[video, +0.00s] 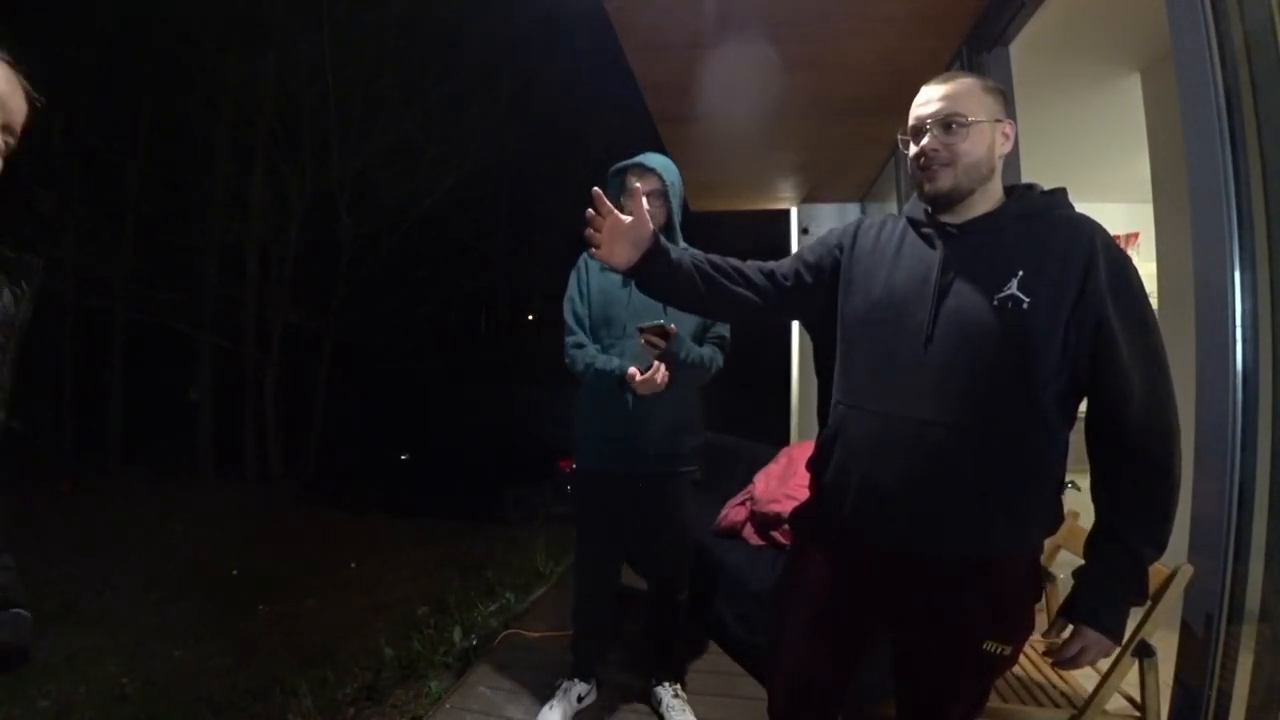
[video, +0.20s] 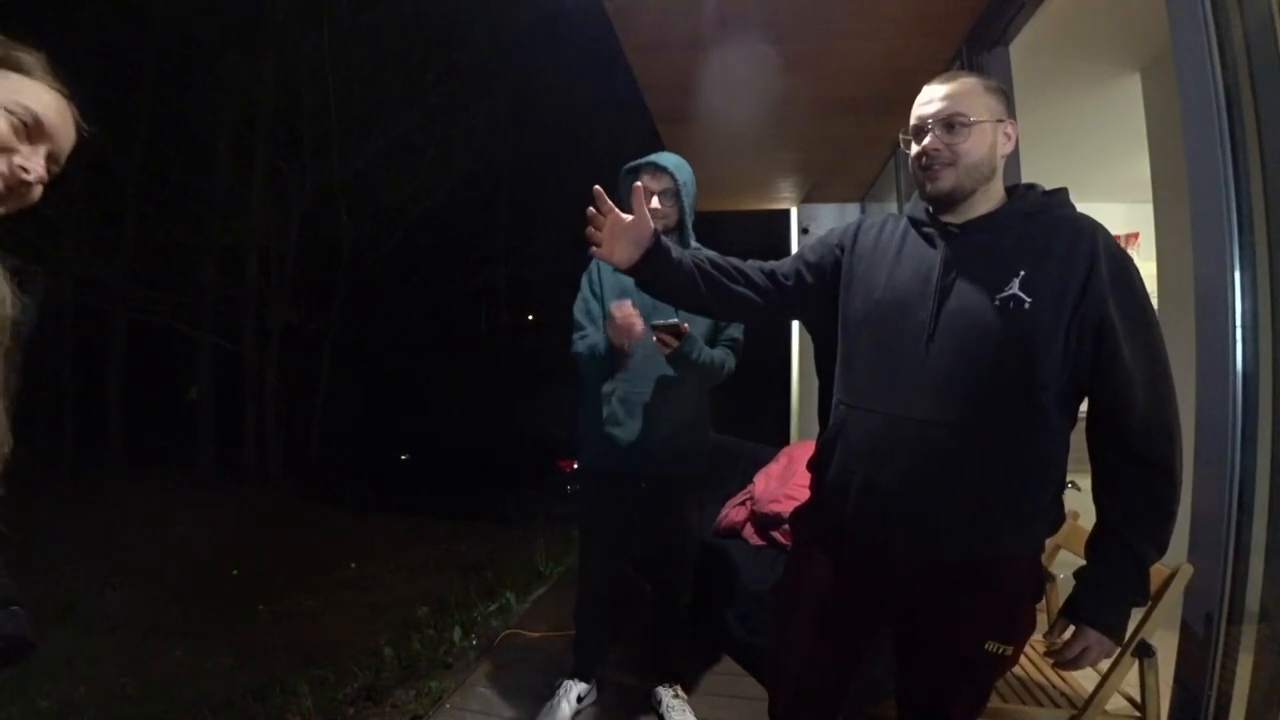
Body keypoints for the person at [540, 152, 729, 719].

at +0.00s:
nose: (644, 206)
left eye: (656, 196)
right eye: (634, 195)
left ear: (674, 202)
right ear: (616, 202)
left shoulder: (698, 271)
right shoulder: (591, 266)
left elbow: (714, 356)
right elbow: (575, 349)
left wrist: (678, 351)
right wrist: (626, 370)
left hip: (671, 448)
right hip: (604, 445)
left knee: (671, 568)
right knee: (594, 565)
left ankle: (665, 678)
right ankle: (582, 677)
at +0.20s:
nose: (652, 204)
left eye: (664, 194)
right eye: (642, 193)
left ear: (686, 201)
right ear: (627, 200)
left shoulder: (712, 274)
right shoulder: (603, 269)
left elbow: (725, 360)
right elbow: (579, 351)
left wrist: (688, 349)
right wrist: (611, 343)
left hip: (678, 442)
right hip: (611, 438)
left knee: (673, 556)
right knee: (599, 554)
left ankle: (666, 679)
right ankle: (582, 675)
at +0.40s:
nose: (662, 204)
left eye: (674, 194)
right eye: (653, 194)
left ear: (698, 199)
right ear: (640, 203)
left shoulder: (725, 274)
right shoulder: (618, 265)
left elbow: (736, 365)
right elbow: (583, 335)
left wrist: (693, 350)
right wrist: (611, 259)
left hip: (684, 442)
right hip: (617, 435)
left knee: (674, 558)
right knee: (600, 555)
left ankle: (668, 680)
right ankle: (583, 675)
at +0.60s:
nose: (663, 208)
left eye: (677, 198)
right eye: (657, 197)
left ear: (705, 203)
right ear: (647, 205)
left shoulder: (733, 276)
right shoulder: (629, 264)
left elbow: (741, 368)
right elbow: (593, 328)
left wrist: (690, 350)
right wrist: (631, 254)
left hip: (682, 448)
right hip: (614, 442)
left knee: (674, 565)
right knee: (600, 560)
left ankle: (667, 679)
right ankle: (585, 675)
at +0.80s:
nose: (667, 211)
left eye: (679, 201)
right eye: (661, 200)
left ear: (708, 204)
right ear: (653, 206)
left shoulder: (738, 273)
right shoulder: (635, 260)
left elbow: (748, 368)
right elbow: (597, 324)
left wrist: (686, 351)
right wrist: (640, 247)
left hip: (687, 445)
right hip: (617, 437)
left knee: (676, 561)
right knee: (603, 556)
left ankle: (667, 679)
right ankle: (587, 676)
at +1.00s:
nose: (676, 213)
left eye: (688, 203)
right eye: (670, 202)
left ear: (715, 207)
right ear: (662, 204)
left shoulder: (741, 276)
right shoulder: (642, 265)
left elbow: (749, 368)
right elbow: (604, 322)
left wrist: (681, 353)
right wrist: (642, 254)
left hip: (685, 447)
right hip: (620, 437)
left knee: (669, 560)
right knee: (599, 554)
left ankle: (663, 675)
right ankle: (578, 667)